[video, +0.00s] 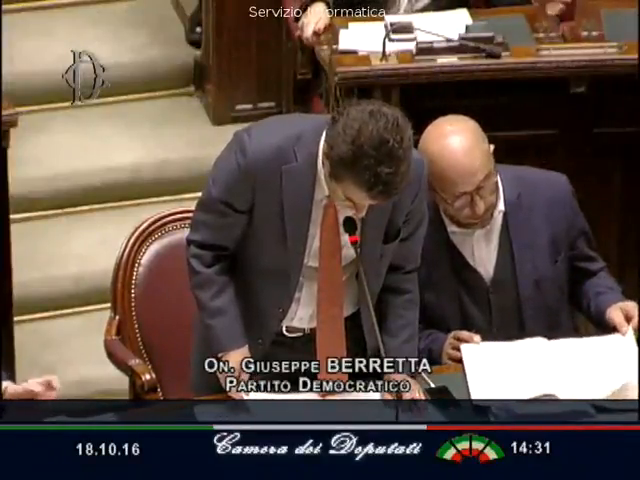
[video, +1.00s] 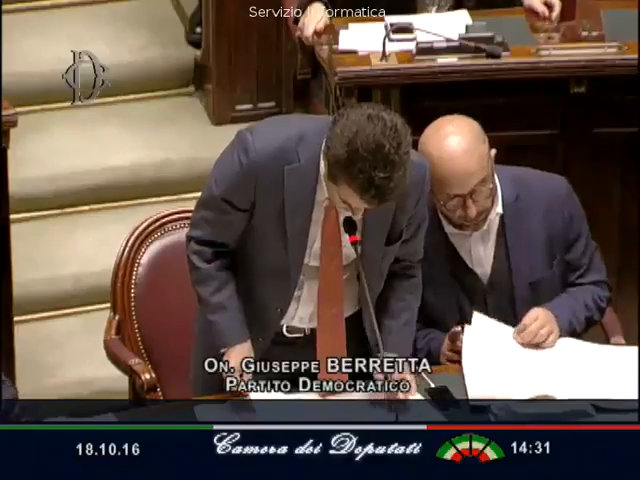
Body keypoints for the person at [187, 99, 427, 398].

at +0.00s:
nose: (360, 213)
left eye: (373, 204)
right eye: (350, 200)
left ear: (398, 176)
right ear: (328, 162)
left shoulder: (408, 175)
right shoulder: (256, 157)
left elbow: (403, 275)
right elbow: (207, 251)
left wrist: (400, 366)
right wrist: (231, 345)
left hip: (350, 335)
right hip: (263, 339)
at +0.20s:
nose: (359, 213)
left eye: (372, 204)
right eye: (349, 200)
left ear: (399, 176)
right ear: (328, 161)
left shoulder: (408, 176)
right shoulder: (256, 156)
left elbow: (403, 275)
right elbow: (206, 250)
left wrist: (400, 366)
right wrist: (231, 344)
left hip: (350, 336)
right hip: (263, 340)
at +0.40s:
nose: (358, 213)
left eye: (371, 204)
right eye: (348, 201)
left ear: (398, 175)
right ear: (327, 161)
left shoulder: (409, 175)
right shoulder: (256, 157)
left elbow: (403, 275)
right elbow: (206, 250)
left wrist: (400, 366)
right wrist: (231, 344)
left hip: (349, 336)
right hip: (262, 340)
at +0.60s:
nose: (358, 214)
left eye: (370, 205)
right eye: (348, 202)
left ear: (398, 175)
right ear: (326, 161)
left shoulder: (409, 175)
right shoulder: (256, 157)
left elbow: (403, 275)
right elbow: (207, 250)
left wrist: (400, 366)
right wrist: (231, 345)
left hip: (350, 336)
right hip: (264, 340)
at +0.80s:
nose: (357, 213)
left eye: (369, 205)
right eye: (348, 201)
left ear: (397, 176)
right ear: (328, 162)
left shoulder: (409, 178)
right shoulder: (257, 156)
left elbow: (404, 274)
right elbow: (206, 246)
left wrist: (402, 364)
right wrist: (233, 342)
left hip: (349, 336)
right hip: (263, 340)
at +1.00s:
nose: (357, 214)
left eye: (369, 207)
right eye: (347, 202)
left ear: (399, 176)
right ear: (328, 163)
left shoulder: (411, 178)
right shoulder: (258, 156)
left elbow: (406, 270)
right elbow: (207, 245)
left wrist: (396, 358)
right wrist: (234, 340)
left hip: (351, 337)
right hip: (263, 341)